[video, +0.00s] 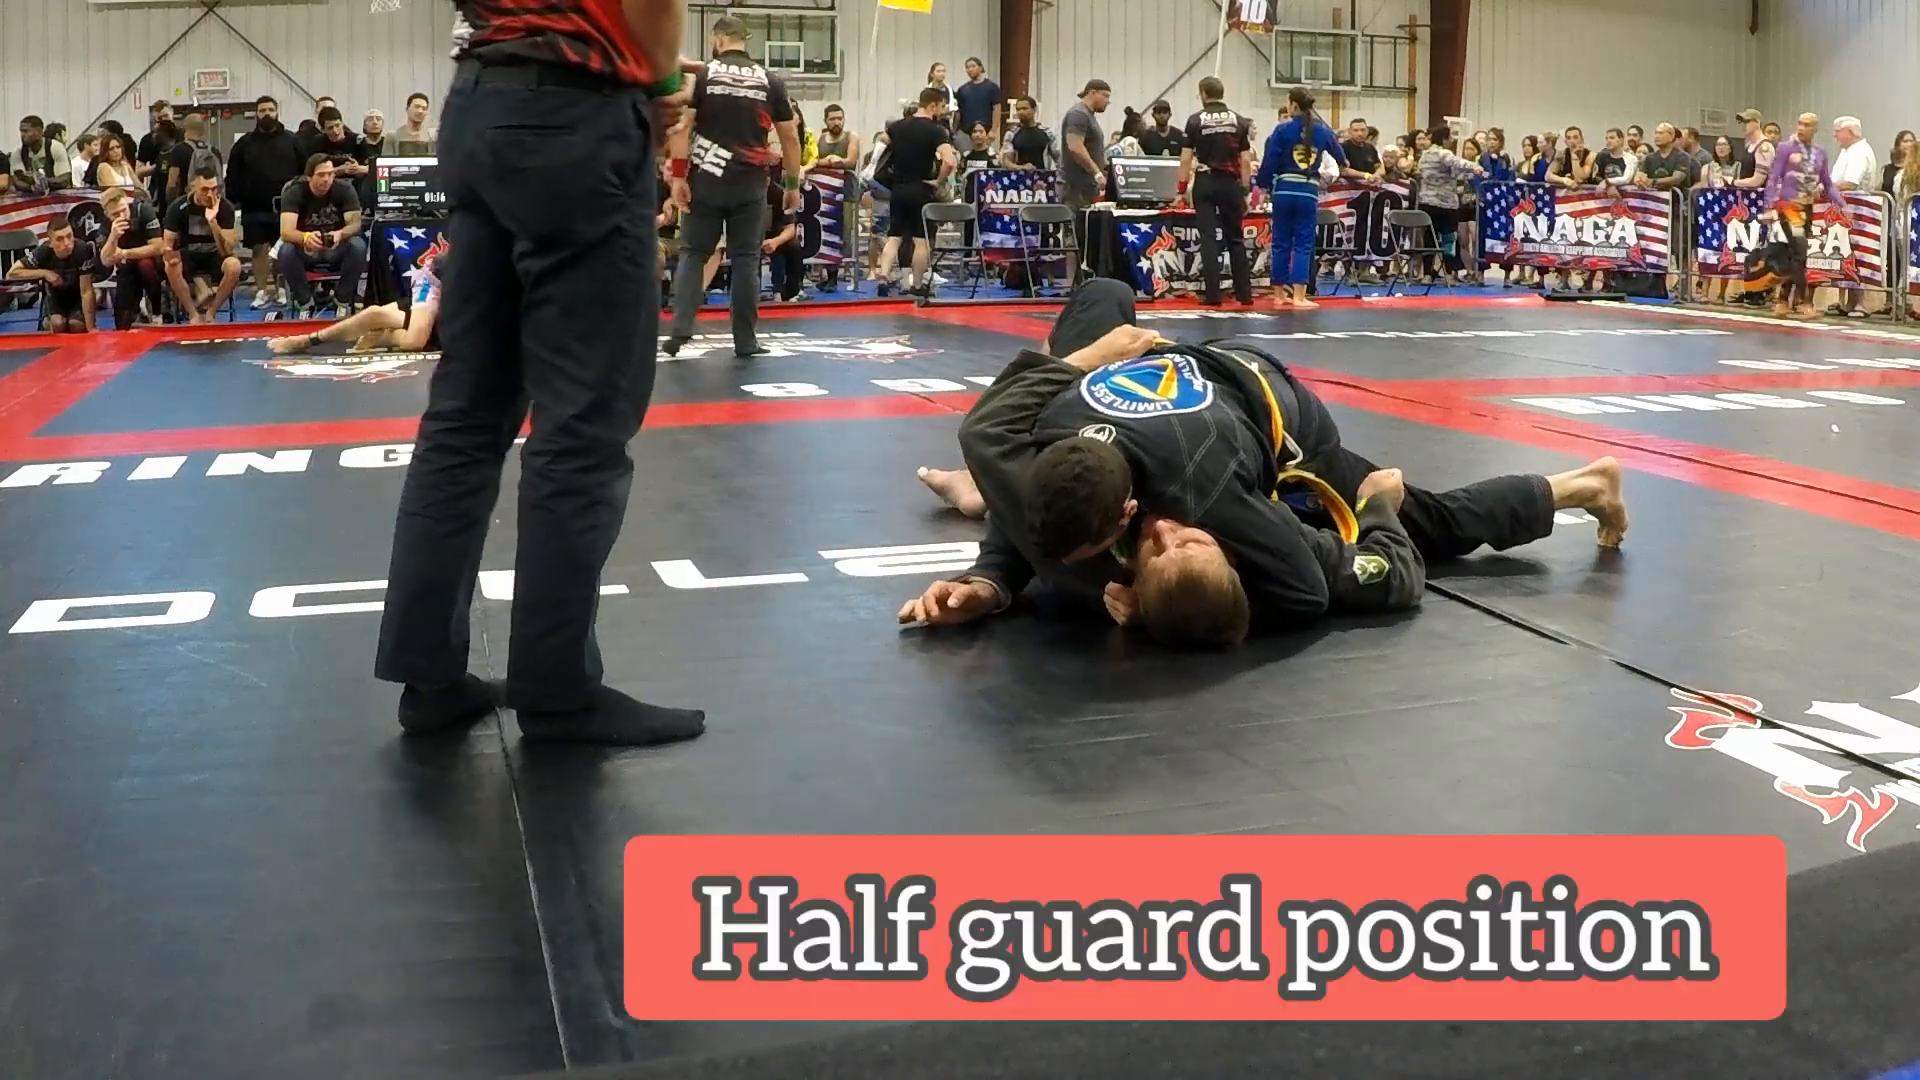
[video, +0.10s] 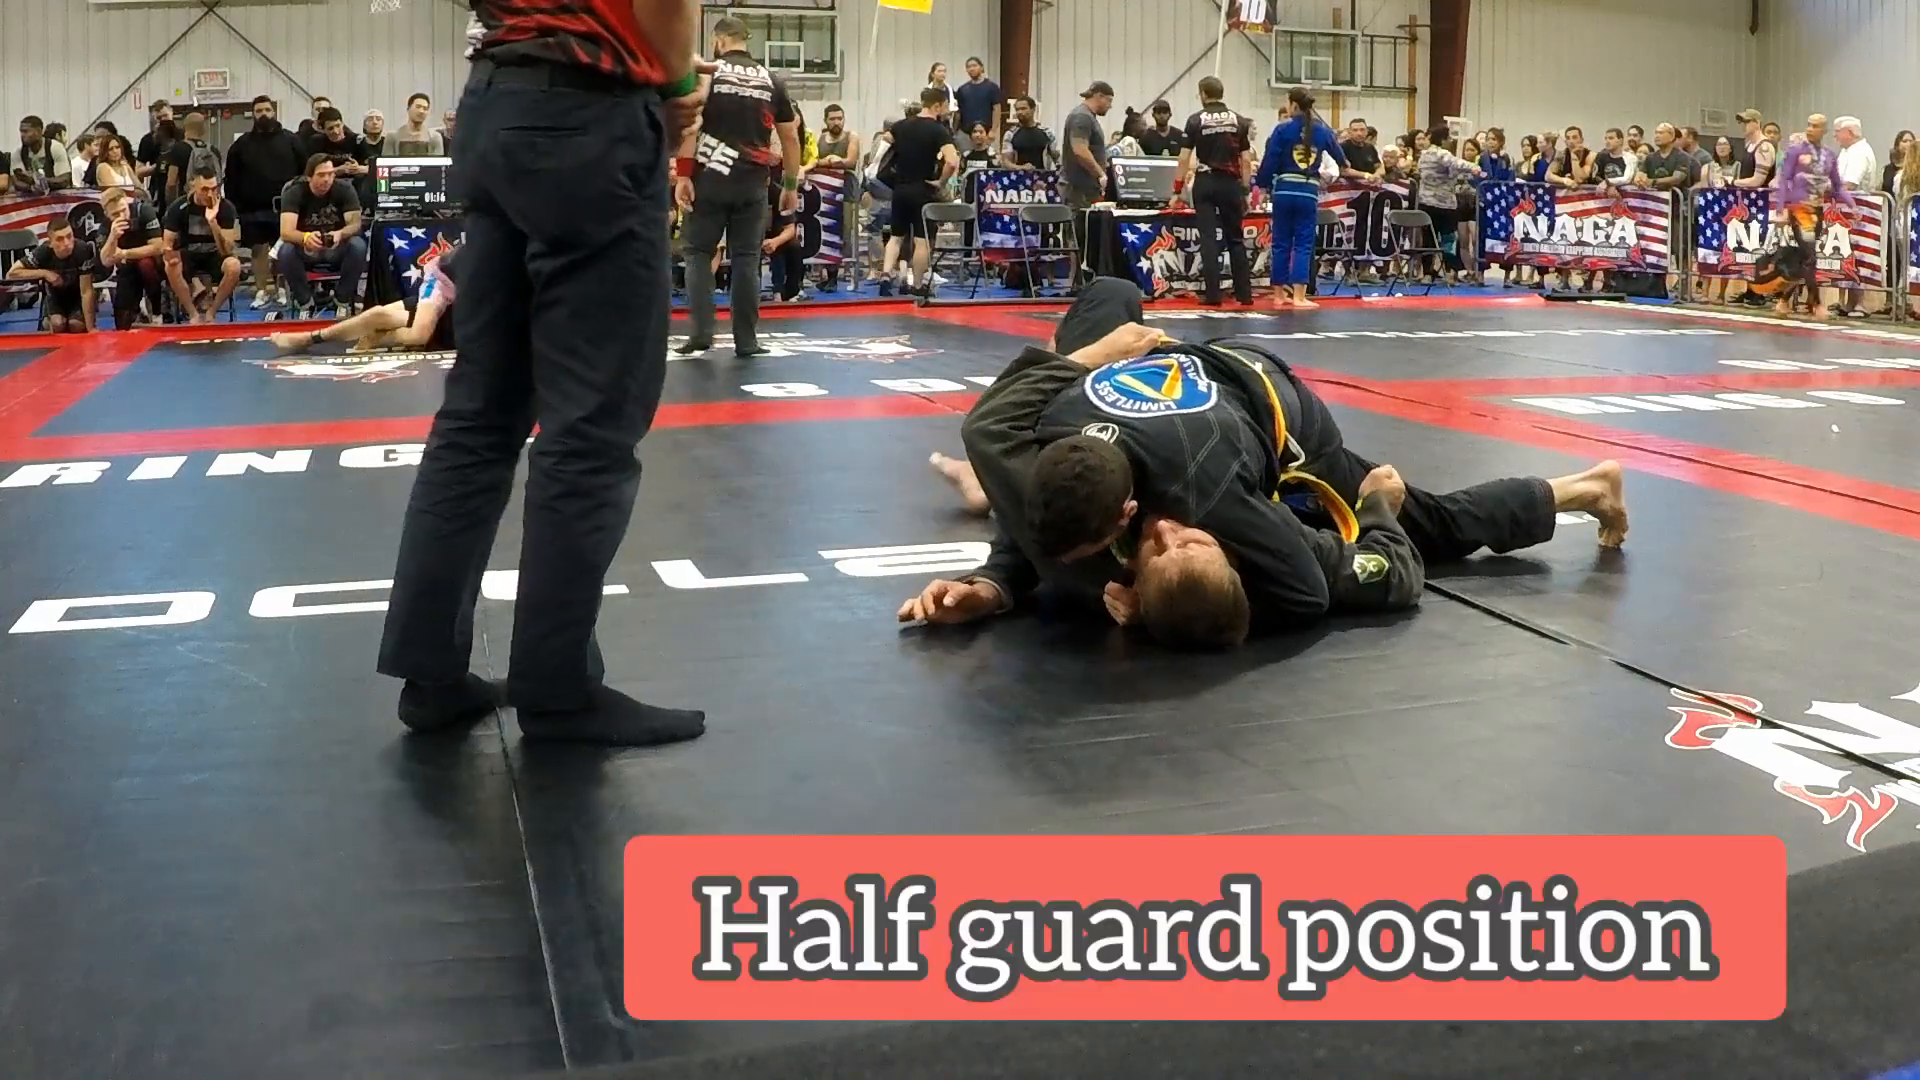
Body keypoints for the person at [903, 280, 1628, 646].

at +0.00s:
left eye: (1117, 558)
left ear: (1125, 534)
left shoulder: (1202, 503)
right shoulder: (1006, 460)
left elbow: (1314, 594)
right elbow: (1022, 551)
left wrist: (1153, 611)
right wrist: (986, 586)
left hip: (1273, 413)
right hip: (1181, 360)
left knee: (1411, 529)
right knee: (1092, 291)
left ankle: (1585, 486)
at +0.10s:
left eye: (1119, 556)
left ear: (1126, 533)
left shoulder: (1204, 499)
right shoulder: (1009, 461)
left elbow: (1322, 593)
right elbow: (1029, 561)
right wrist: (988, 591)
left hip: (1272, 408)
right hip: (1184, 359)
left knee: (1415, 530)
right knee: (1100, 286)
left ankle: (1587, 489)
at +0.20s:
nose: (1152, 540)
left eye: (1123, 546)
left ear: (1122, 520)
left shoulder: (1206, 494)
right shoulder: (1012, 452)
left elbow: (1309, 603)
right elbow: (1040, 558)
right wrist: (990, 591)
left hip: (1278, 414)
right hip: (1188, 360)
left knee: (1416, 530)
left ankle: (1587, 491)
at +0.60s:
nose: (1194, 529)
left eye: (1156, 534)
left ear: (1137, 496)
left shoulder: (1219, 481)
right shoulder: (1020, 418)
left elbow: (1320, 590)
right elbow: (1067, 541)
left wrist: (1154, 599)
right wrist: (1032, 583)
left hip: (1300, 410)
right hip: (1209, 354)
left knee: (1418, 530)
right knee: (1096, 277)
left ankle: (1581, 469)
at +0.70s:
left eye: (1087, 525)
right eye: (1062, 525)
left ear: (1134, 495)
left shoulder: (1221, 486)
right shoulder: (1043, 422)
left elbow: (1322, 583)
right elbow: (1059, 516)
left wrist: (1163, 603)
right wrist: (1051, 569)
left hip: (1296, 408)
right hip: (1213, 355)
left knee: (1423, 530)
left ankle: (1582, 471)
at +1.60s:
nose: (1121, 509)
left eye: (1136, 502)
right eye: (1114, 495)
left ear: (1184, 470)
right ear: (1099, 446)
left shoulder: (1269, 478)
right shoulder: (1069, 414)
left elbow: (1333, 598)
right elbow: (1045, 507)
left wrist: (1197, 590)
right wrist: (1095, 574)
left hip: (1331, 422)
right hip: (1233, 365)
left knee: (1383, 498)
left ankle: (1505, 475)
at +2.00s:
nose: (1129, 520)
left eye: (1145, 510)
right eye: (1118, 507)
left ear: (1191, 471)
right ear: (1103, 459)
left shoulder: (1271, 475)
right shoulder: (1061, 418)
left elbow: (1330, 600)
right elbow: (1041, 521)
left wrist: (1196, 594)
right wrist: (1087, 570)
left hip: (1303, 400)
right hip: (1213, 364)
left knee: (1372, 502)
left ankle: (1510, 470)